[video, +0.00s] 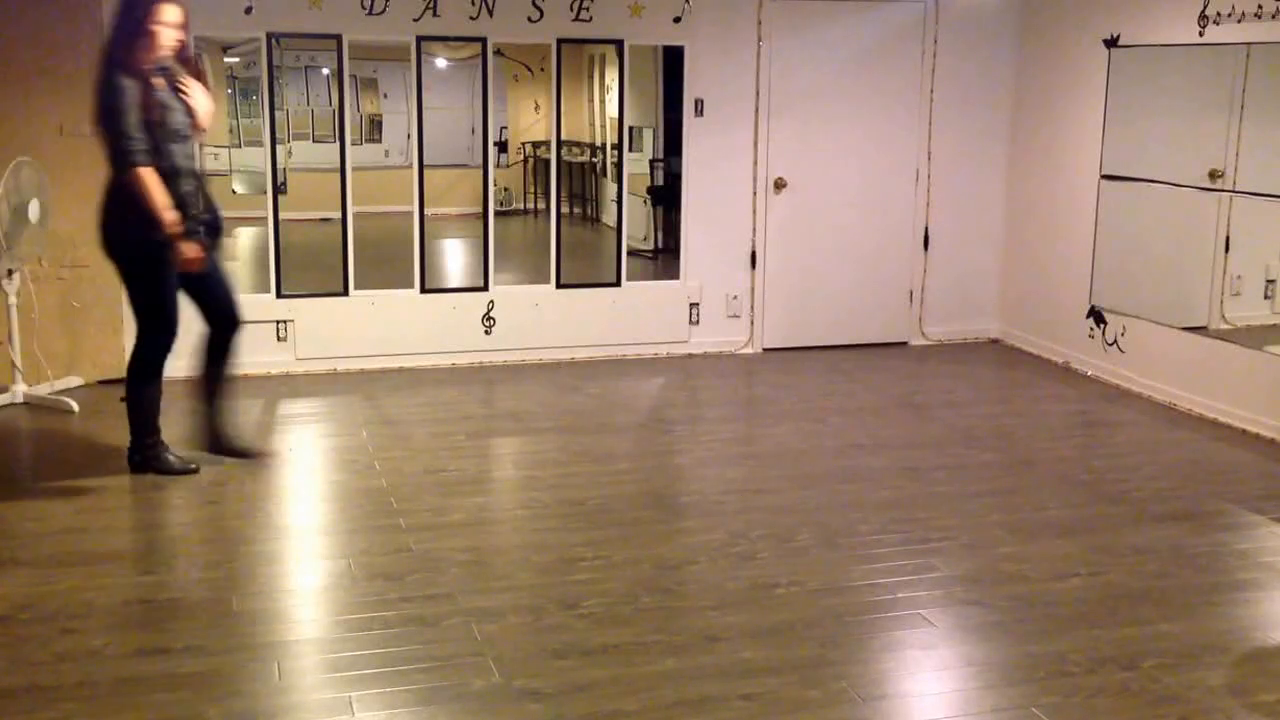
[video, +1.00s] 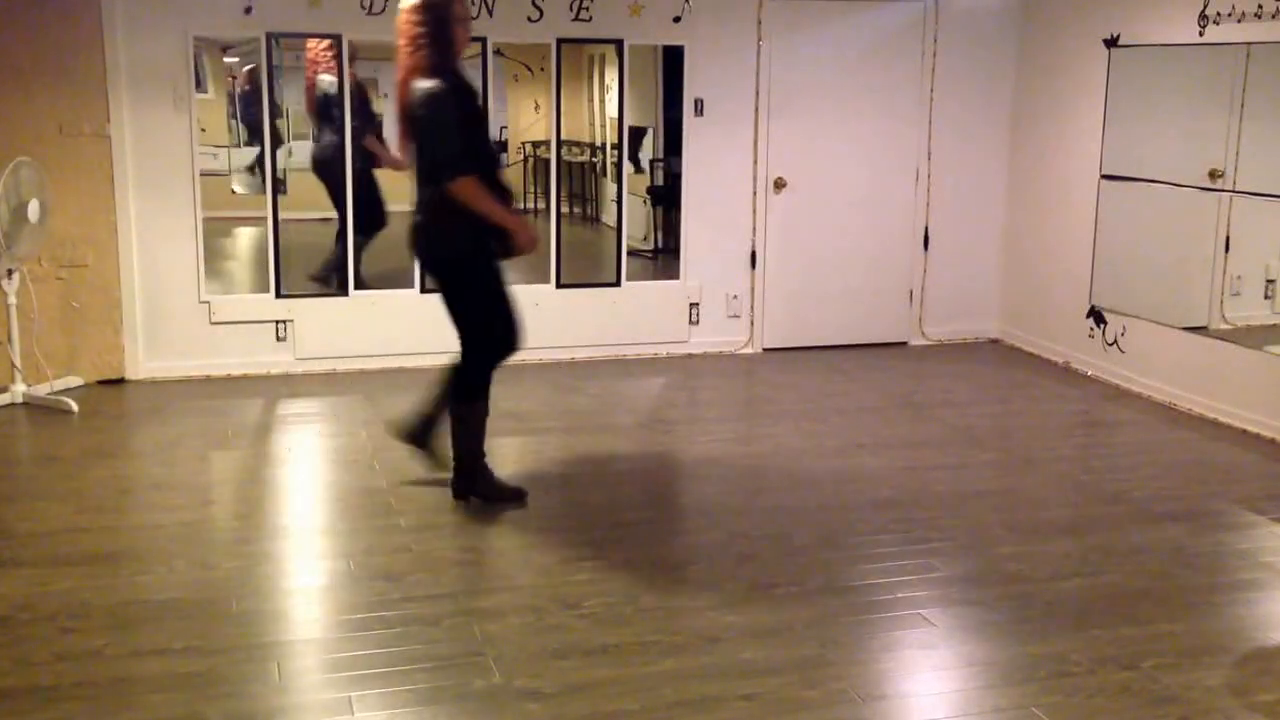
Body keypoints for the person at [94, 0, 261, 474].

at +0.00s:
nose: (174, 35)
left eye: (179, 26)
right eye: (164, 24)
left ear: (183, 33)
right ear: (140, 28)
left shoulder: (174, 77)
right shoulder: (124, 81)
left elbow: (202, 127)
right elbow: (136, 162)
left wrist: (205, 117)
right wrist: (177, 231)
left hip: (183, 219)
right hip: (140, 224)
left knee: (225, 319)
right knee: (158, 329)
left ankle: (213, 431)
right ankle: (145, 446)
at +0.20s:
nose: (245, 43)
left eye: (247, 34)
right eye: (235, 32)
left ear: (248, 39)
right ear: (209, 35)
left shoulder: (233, 91)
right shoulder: (194, 91)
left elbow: (235, 143)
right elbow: (205, 174)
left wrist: (263, 152)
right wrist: (255, 239)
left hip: (247, 229)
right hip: (206, 232)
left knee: (284, 328)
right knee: (204, 337)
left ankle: (311, 444)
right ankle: (152, 436)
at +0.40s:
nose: (297, 44)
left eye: (298, 33)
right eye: (285, 33)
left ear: (291, 36)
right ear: (255, 35)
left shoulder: (281, 88)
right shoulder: (241, 87)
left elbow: (291, 161)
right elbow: (247, 169)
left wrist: (327, 192)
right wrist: (297, 234)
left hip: (301, 227)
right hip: (264, 232)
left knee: (318, 337)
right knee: (304, 338)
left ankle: (317, 448)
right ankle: (217, 413)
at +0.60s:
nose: (325, 43)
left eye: (334, 32)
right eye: (316, 33)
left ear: (347, 41)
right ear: (306, 37)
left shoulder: (355, 93)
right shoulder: (295, 93)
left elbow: (361, 165)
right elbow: (295, 173)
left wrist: (389, 199)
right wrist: (353, 218)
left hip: (352, 232)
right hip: (318, 234)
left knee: (337, 340)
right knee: (380, 333)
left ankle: (317, 449)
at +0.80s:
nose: (415, 37)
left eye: (411, 29)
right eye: (408, 29)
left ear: (394, 37)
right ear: (389, 38)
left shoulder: (409, 96)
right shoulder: (372, 101)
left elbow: (409, 175)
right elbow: (370, 186)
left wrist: (443, 205)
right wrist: (426, 222)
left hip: (404, 233)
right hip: (385, 237)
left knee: (394, 340)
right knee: (443, 340)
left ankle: (330, 434)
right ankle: (466, 470)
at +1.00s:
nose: (469, 29)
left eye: (466, 20)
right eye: (462, 21)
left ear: (431, 31)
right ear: (442, 29)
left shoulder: (443, 85)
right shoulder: (434, 92)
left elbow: (461, 166)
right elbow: (455, 175)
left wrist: (506, 214)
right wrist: (510, 220)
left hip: (457, 234)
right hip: (450, 237)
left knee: (494, 337)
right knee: (485, 342)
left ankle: (422, 422)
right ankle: (470, 472)